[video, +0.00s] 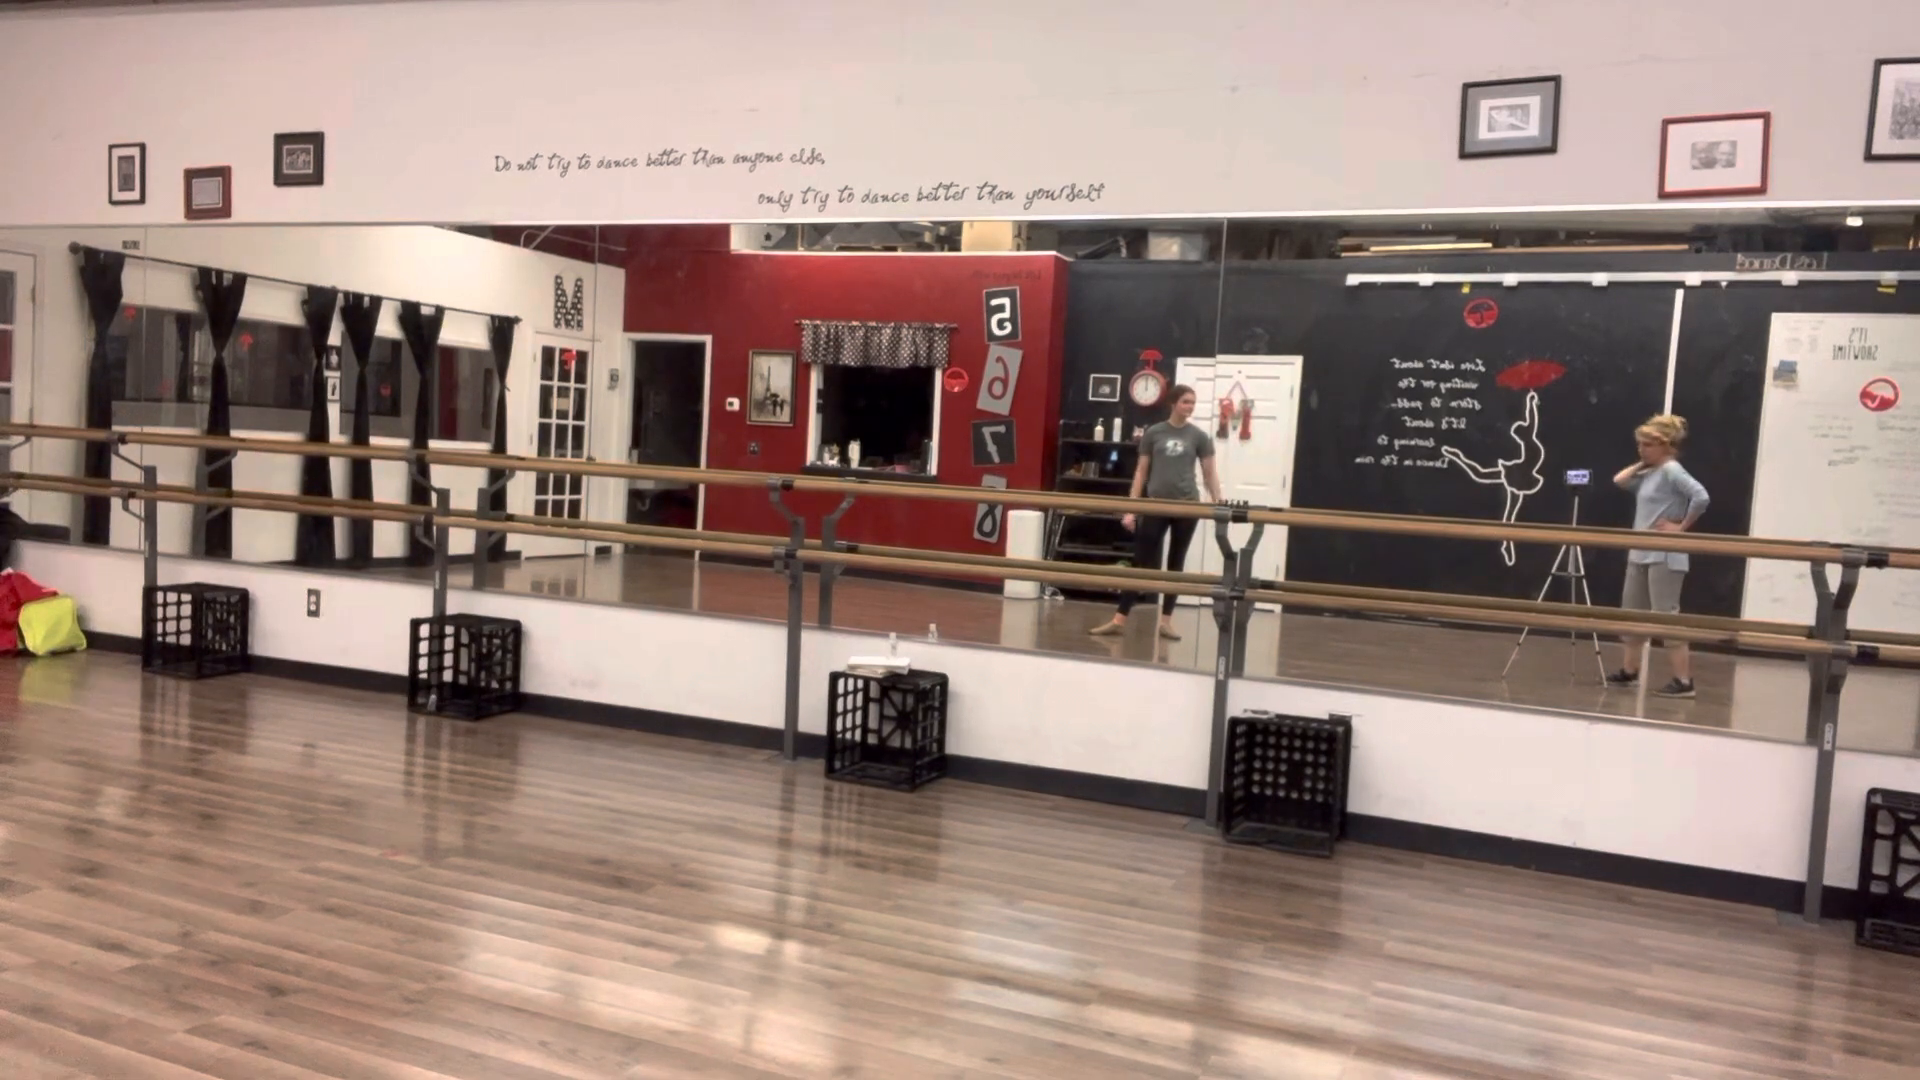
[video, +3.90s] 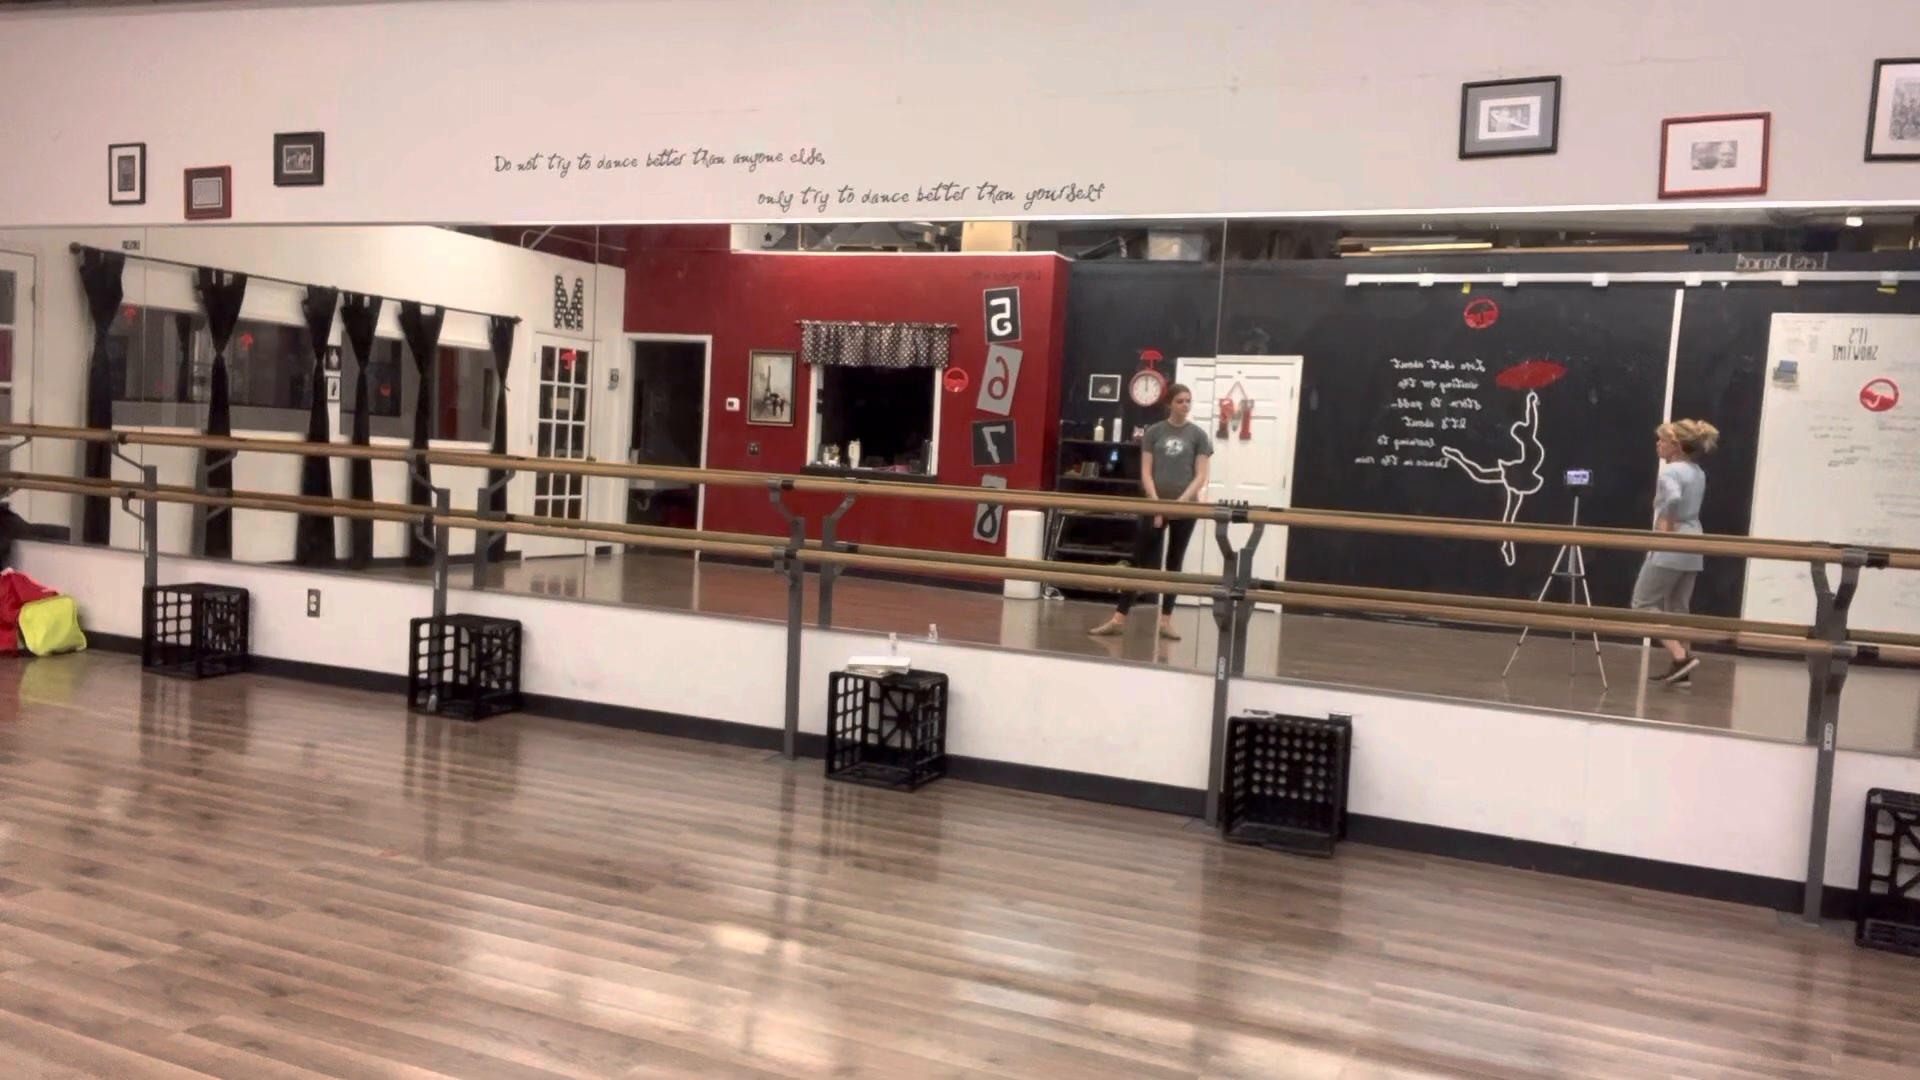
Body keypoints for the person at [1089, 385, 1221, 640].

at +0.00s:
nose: (1189, 407)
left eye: (1192, 403)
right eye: (1185, 402)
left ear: (1194, 406)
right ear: (1173, 403)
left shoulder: (1199, 437)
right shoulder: (1152, 433)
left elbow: (1209, 474)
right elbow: (1141, 472)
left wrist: (1217, 502)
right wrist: (1131, 507)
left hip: (1186, 509)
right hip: (1155, 506)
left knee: (1175, 564)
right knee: (1141, 560)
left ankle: (1165, 620)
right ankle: (1120, 618)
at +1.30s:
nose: (1180, 404)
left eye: (1185, 400)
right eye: (1176, 400)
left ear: (1192, 405)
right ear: (1170, 403)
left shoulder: (1202, 438)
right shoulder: (1155, 432)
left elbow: (1204, 478)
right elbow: (1145, 472)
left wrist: (1191, 507)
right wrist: (1148, 507)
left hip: (1185, 509)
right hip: (1157, 506)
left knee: (1176, 564)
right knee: (1141, 560)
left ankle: (1166, 620)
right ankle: (1120, 617)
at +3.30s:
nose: (1184, 406)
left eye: (1188, 402)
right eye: (1180, 402)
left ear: (1192, 406)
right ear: (1170, 404)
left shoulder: (1199, 435)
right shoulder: (1153, 433)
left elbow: (1215, 471)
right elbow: (1138, 469)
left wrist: (1227, 503)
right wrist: (1119, 505)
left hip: (1186, 508)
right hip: (1155, 506)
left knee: (1175, 564)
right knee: (1141, 559)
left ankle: (1166, 620)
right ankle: (1119, 618)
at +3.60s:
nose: (1186, 407)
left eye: (1189, 403)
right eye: (1182, 403)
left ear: (1192, 406)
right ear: (1170, 404)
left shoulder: (1200, 437)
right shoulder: (1153, 432)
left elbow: (1206, 478)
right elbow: (1142, 471)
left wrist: (1203, 512)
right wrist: (1137, 507)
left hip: (1184, 508)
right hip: (1154, 506)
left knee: (1175, 565)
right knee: (1140, 560)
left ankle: (1166, 619)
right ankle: (1120, 617)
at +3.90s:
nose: (1185, 406)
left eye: (1187, 402)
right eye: (1180, 402)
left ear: (1191, 405)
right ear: (1170, 404)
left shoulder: (1199, 436)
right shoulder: (1152, 433)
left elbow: (1201, 477)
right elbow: (1146, 474)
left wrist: (1177, 505)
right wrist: (1156, 507)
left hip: (1184, 508)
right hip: (1155, 504)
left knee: (1174, 562)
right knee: (1140, 558)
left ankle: (1165, 619)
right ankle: (1119, 616)